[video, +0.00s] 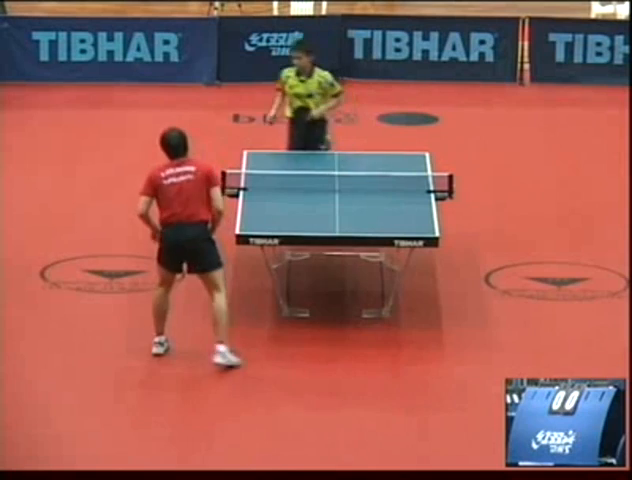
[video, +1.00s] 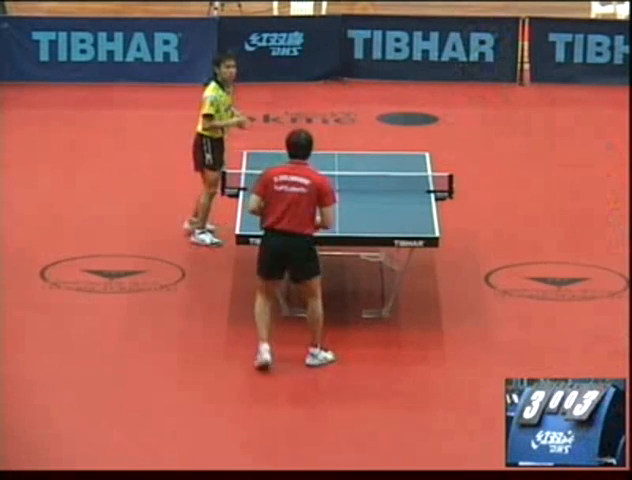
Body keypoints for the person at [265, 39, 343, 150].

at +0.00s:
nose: (295, 63)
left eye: (299, 58)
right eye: (293, 58)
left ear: (310, 58)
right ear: (292, 59)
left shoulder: (323, 77)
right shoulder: (287, 75)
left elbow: (338, 96)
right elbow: (281, 93)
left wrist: (320, 111)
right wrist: (273, 111)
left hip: (316, 116)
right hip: (296, 116)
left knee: (315, 154)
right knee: (294, 152)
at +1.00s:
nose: (232, 71)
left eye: (234, 67)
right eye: (227, 67)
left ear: (235, 70)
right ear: (217, 70)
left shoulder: (226, 90)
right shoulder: (212, 92)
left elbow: (228, 110)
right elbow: (207, 122)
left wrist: (240, 118)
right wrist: (234, 122)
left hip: (217, 137)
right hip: (207, 138)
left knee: (213, 183)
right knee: (210, 184)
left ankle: (196, 220)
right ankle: (199, 228)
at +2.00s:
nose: (240, 77)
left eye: (241, 72)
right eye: (238, 72)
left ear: (225, 73)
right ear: (227, 72)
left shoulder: (211, 87)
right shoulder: (223, 92)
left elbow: (215, 116)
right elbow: (238, 120)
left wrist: (233, 124)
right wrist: (264, 135)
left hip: (198, 135)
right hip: (209, 138)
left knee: (204, 181)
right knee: (228, 183)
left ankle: (190, 221)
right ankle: (241, 226)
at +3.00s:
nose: (272, 91)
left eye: (271, 88)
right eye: (269, 88)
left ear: (253, 90)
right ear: (260, 91)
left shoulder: (238, 103)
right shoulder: (261, 108)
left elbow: (246, 132)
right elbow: (289, 117)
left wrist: (269, 134)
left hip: (215, 144)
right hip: (229, 151)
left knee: (212, 188)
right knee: (241, 190)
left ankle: (191, 221)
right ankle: (244, 227)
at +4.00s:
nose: (278, 102)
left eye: (280, 99)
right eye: (277, 97)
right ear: (267, 94)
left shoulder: (251, 98)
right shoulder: (255, 108)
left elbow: (248, 83)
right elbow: (233, 121)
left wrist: (261, 87)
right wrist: (221, 141)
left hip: (234, 149)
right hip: (228, 149)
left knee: (235, 188)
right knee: (234, 188)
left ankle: (208, 208)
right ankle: (206, 206)